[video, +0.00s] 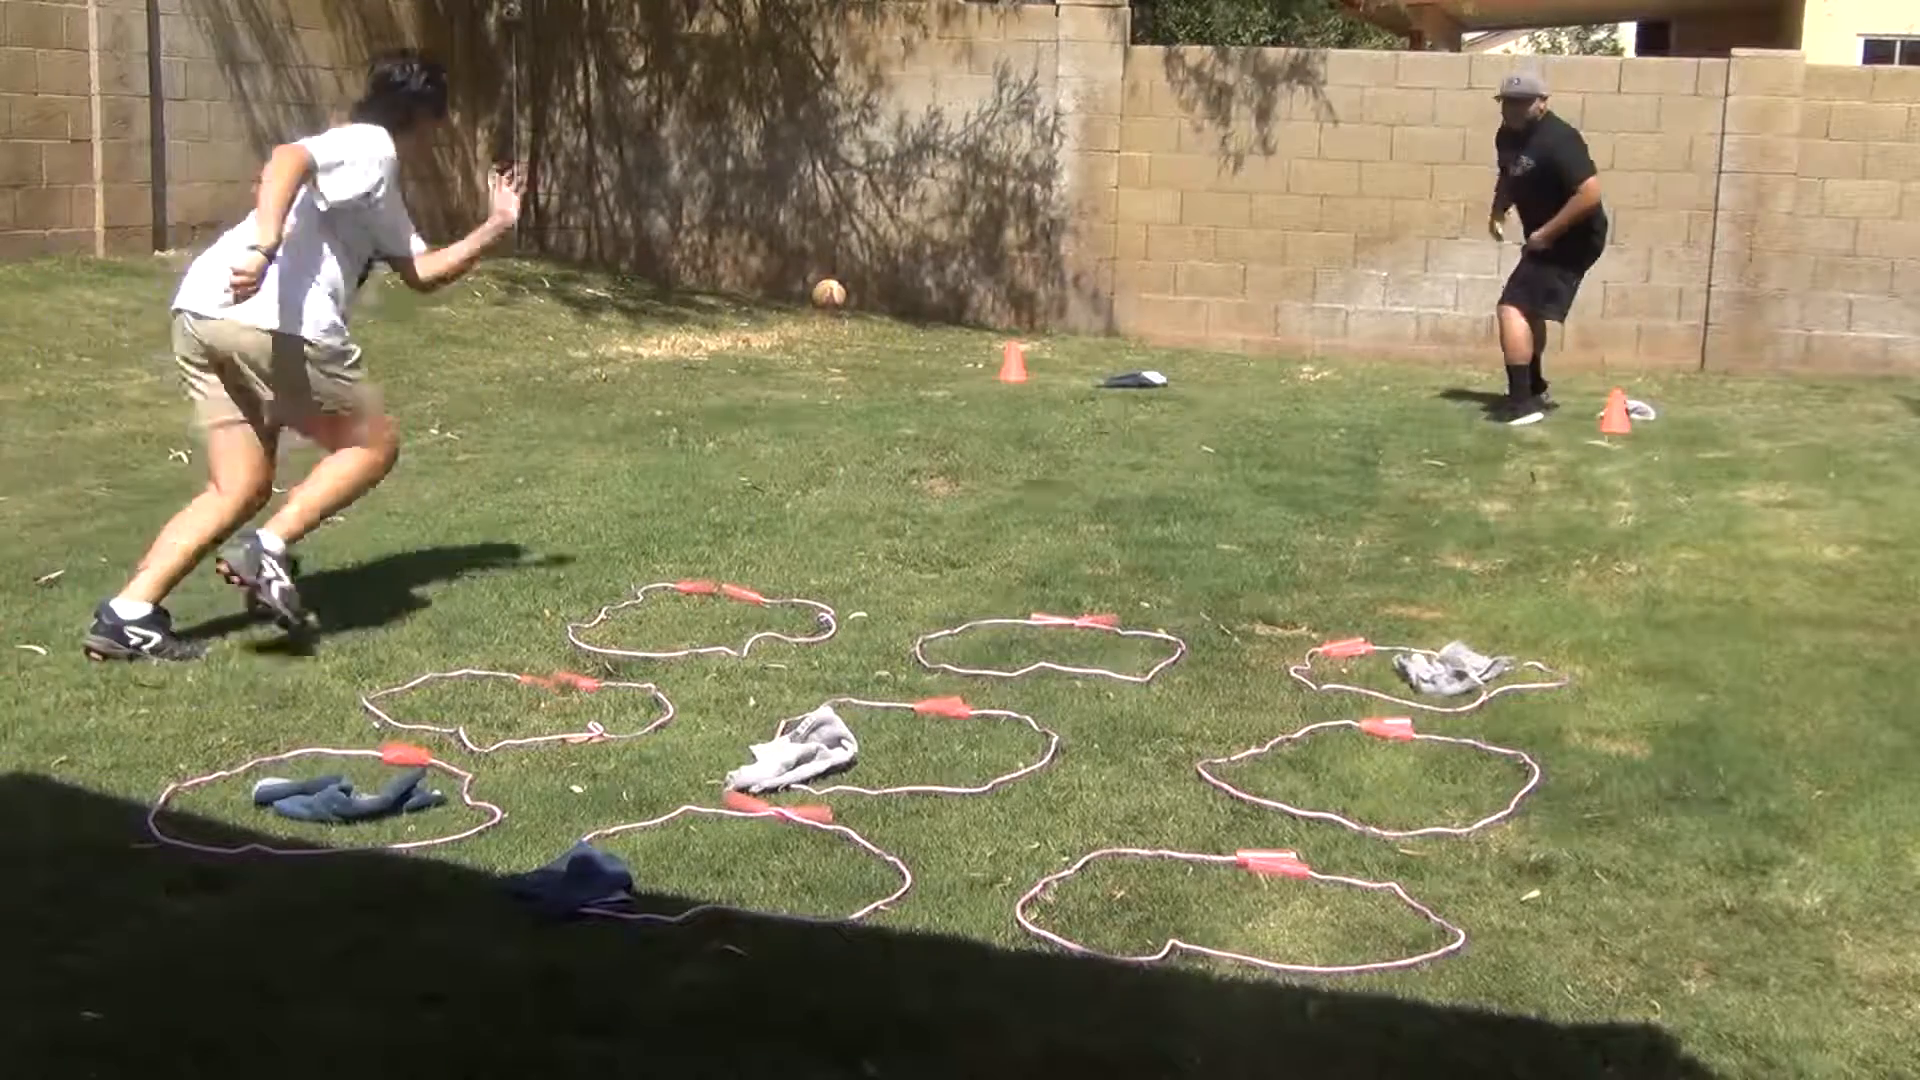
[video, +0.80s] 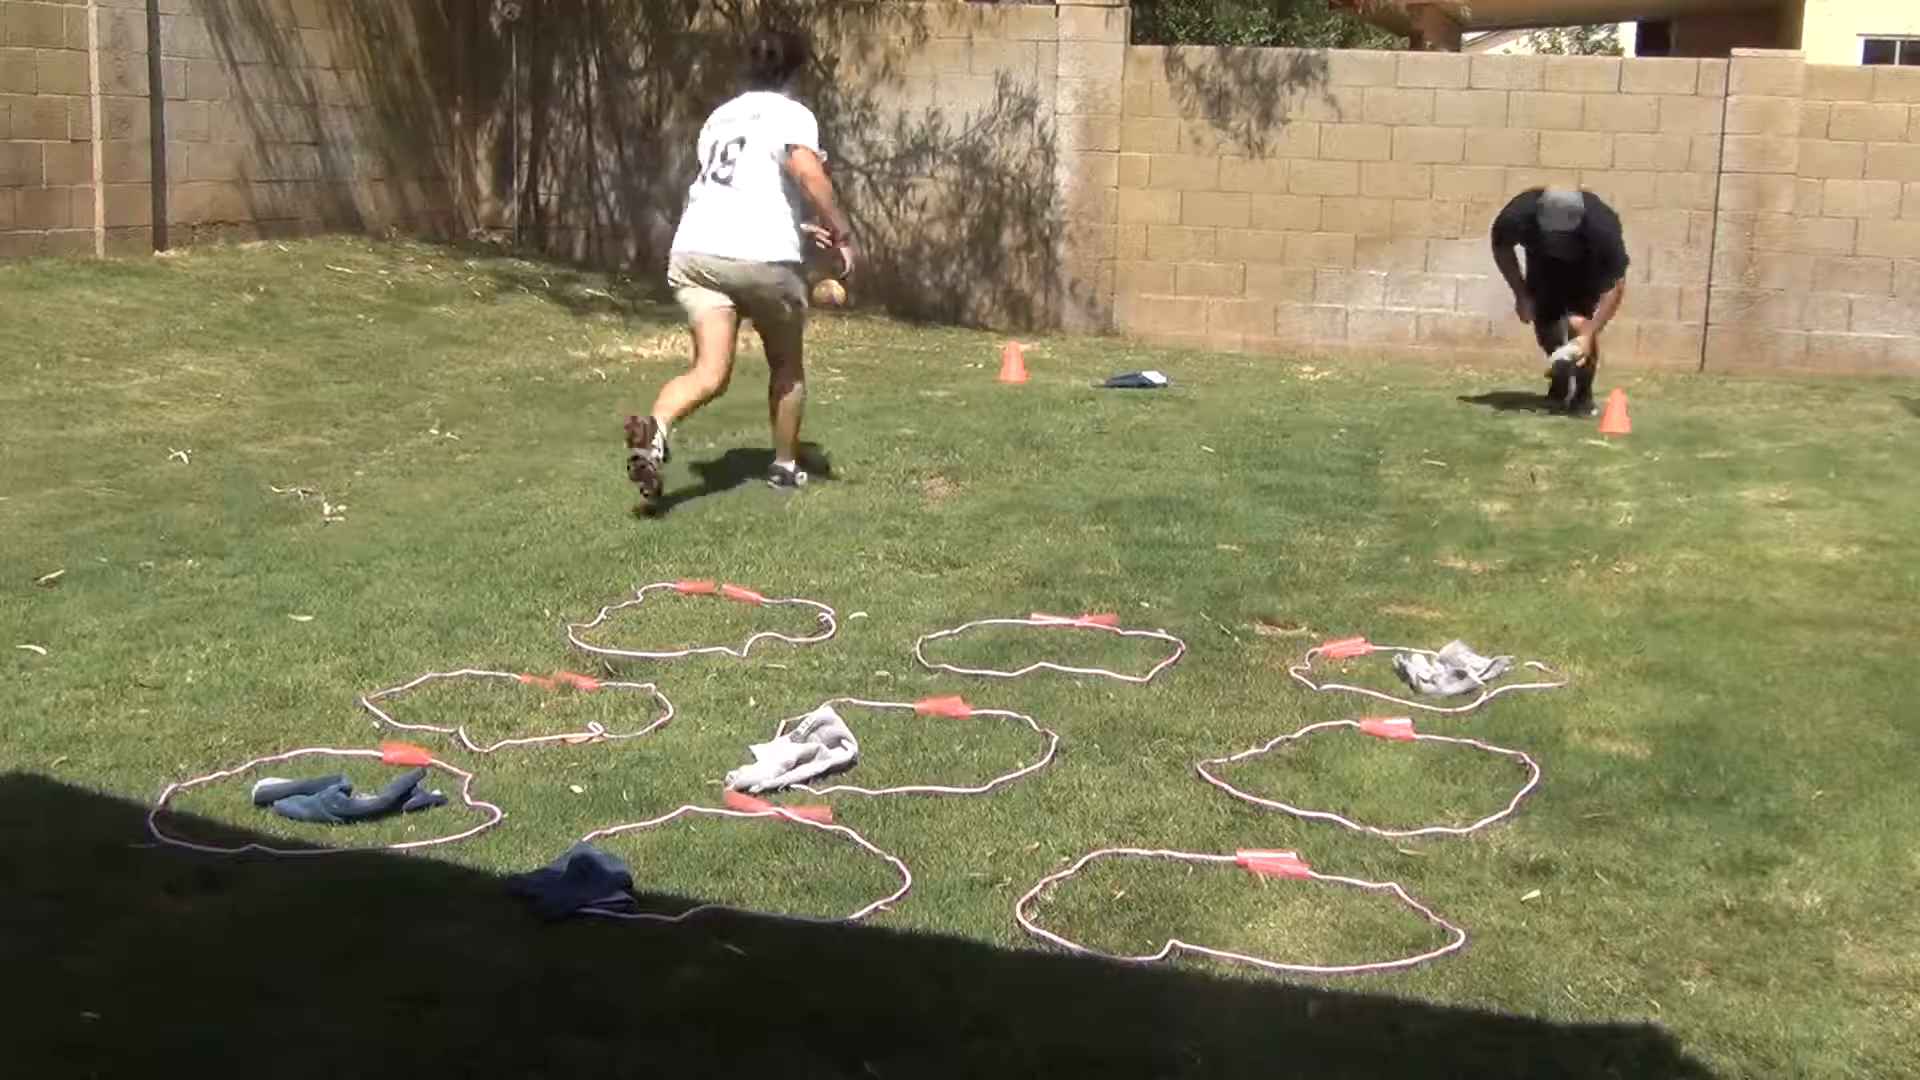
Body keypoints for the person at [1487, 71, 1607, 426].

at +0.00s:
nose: (1509, 109)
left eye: (1517, 103)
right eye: (1506, 102)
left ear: (1540, 104)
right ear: (1501, 102)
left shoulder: (1560, 139)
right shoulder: (1507, 135)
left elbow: (1590, 194)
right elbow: (1510, 176)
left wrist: (1546, 233)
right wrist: (1498, 209)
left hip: (1575, 236)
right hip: (1543, 234)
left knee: (1511, 307)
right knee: (1527, 309)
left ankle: (1521, 400)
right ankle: (1532, 386)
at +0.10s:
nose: (1516, 138)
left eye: (1523, 131)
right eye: (1511, 131)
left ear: (1539, 128)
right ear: (1502, 128)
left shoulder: (1564, 157)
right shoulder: (1496, 155)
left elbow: (1604, 207)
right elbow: (1494, 196)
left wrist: (1572, 255)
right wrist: (1493, 232)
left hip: (1574, 239)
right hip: (1538, 239)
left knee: (1525, 304)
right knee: (1523, 309)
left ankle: (1531, 395)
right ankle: (1531, 393)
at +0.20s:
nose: (1527, 174)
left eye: (1533, 168)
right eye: (1521, 169)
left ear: (1545, 155)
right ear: (1509, 158)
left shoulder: (1574, 169)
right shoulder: (1496, 167)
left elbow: (1604, 221)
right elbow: (1490, 206)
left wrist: (1592, 279)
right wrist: (1491, 253)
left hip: (1578, 239)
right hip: (1538, 239)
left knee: (1546, 303)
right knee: (1520, 312)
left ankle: (1550, 392)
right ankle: (1531, 389)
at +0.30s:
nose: (1543, 202)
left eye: (1548, 197)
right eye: (1534, 198)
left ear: (1555, 174)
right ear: (1516, 181)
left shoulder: (1579, 181)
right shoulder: (1499, 173)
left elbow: (1606, 236)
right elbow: (1489, 209)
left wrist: (1604, 298)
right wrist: (1494, 258)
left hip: (1586, 229)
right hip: (1544, 229)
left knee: (1569, 307)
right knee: (1533, 305)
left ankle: (1578, 393)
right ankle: (1534, 382)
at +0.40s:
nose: (1553, 223)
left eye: (1558, 218)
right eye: (1546, 219)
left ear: (1568, 200)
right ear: (1530, 201)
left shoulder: (1594, 215)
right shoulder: (1512, 190)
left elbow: (1609, 268)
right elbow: (1488, 216)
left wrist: (1614, 328)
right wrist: (1495, 268)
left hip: (1590, 244)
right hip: (1545, 241)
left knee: (1580, 311)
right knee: (1536, 309)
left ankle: (1584, 393)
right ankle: (1565, 366)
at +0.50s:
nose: (1564, 260)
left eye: (1570, 254)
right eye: (1558, 254)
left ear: (1582, 237)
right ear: (1541, 235)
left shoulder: (1602, 244)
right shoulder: (1520, 221)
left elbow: (1614, 304)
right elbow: (1487, 237)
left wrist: (1621, 365)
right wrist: (1493, 288)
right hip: (1545, 257)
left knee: (1579, 314)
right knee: (1550, 323)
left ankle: (1583, 389)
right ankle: (1575, 378)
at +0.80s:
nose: (1558, 237)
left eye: (1565, 232)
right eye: (1552, 231)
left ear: (1581, 221)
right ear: (1540, 218)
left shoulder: (1603, 227)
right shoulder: (1520, 214)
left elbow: (1615, 288)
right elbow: (1501, 245)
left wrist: (1590, 333)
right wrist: (1521, 295)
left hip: (1587, 263)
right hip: (1544, 260)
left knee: (1582, 322)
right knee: (1546, 326)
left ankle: (1584, 392)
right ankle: (1560, 375)